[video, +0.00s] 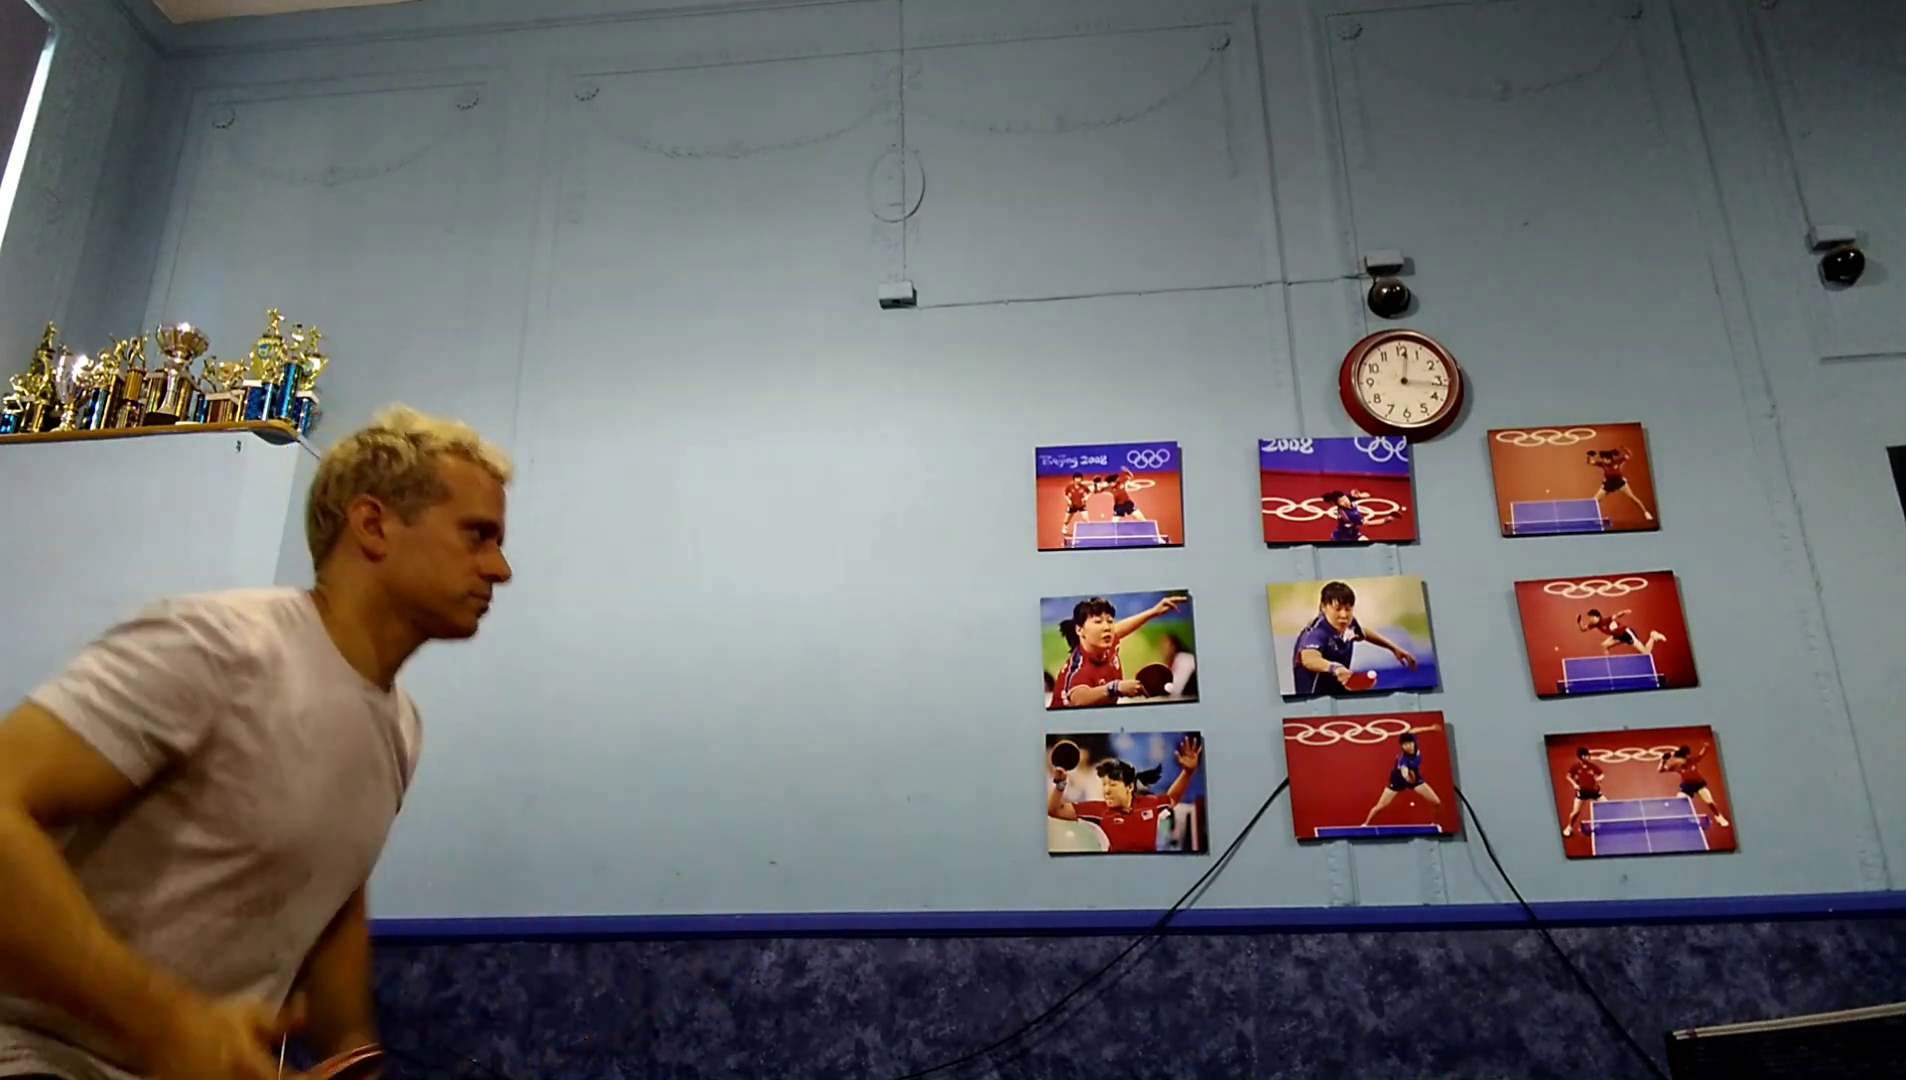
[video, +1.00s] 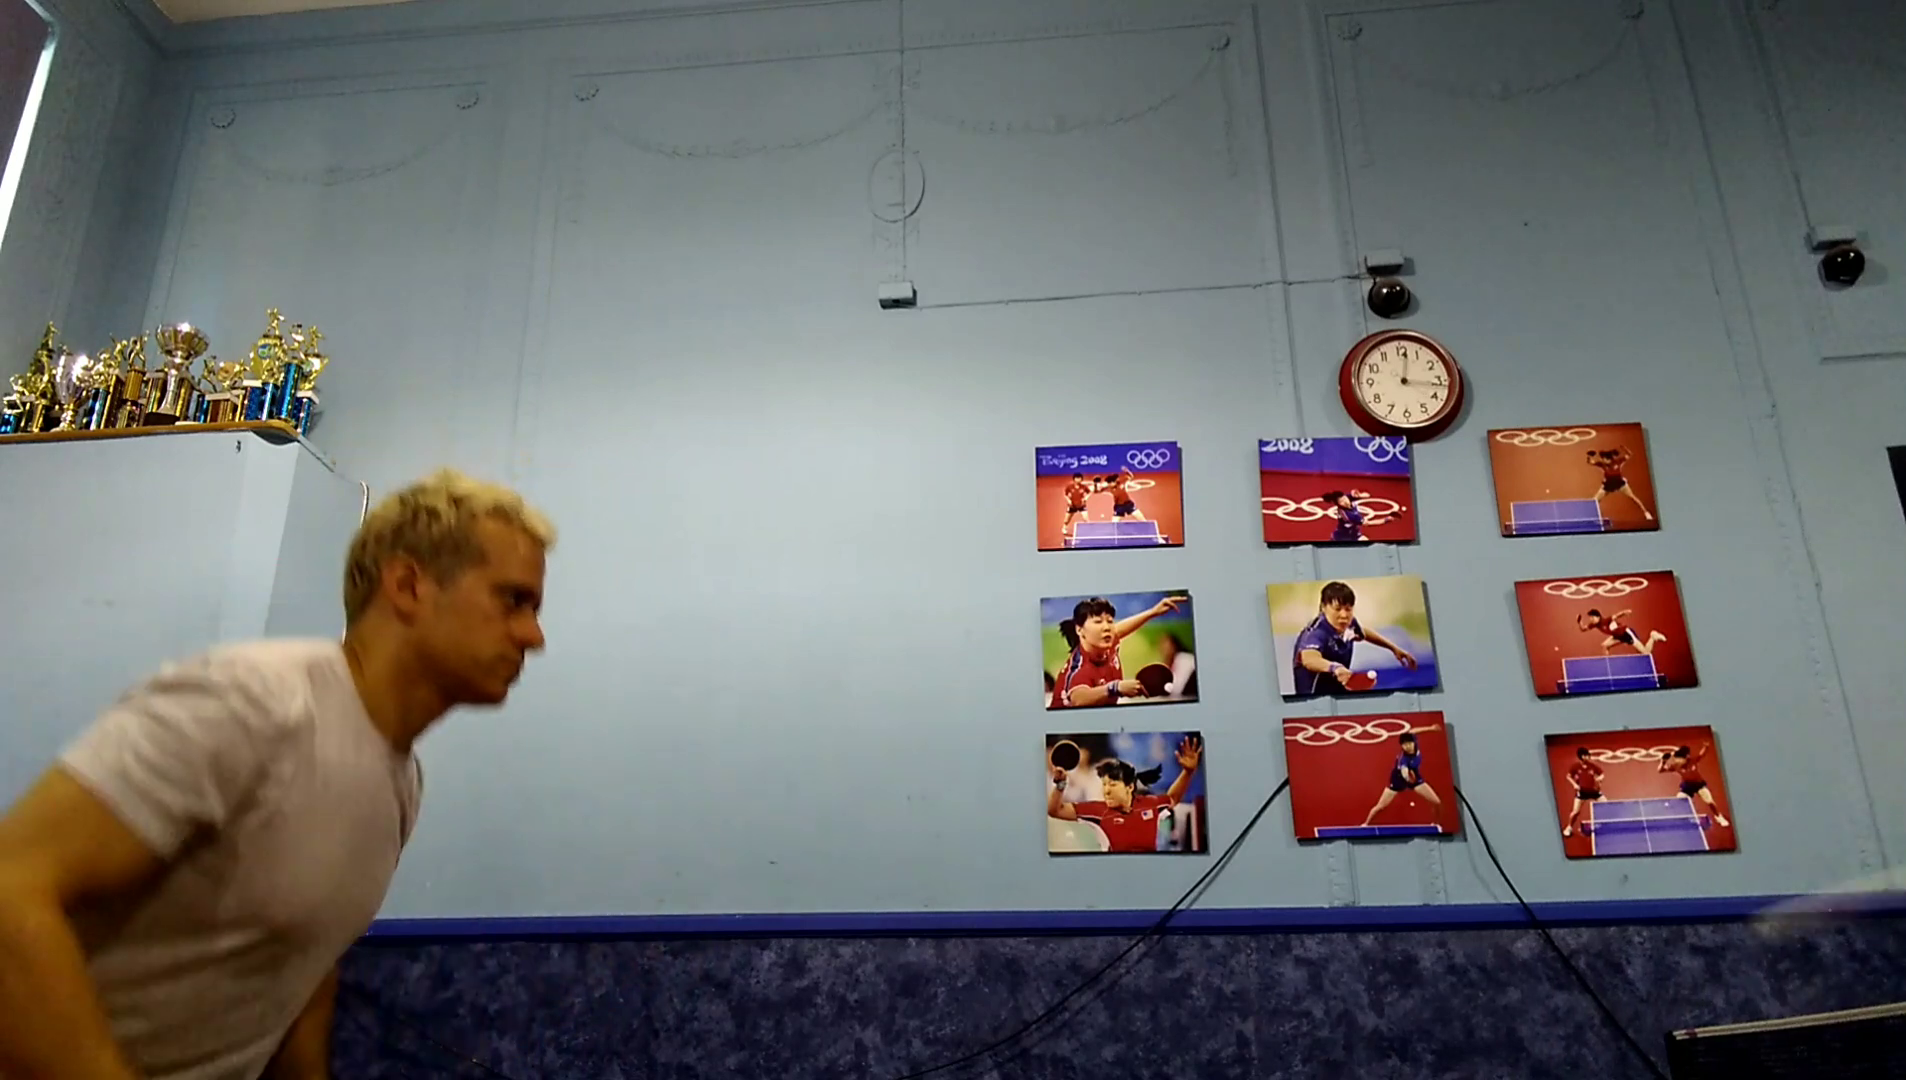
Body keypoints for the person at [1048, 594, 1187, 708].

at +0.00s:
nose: (1107, 628)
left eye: (1110, 622)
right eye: (1098, 622)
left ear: (1114, 626)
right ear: (1080, 630)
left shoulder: (1109, 644)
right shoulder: (1079, 666)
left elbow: (1120, 629)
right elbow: (1078, 698)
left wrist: (1154, 611)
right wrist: (1115, 687)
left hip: (1102, 724)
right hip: (1069, 729)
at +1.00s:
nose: (1107, 628)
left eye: (1110, 622)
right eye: (1098, 622)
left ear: (1114, 626)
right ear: (1080, 630)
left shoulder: (1109, 645)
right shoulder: (1079, 666)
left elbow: (1118, 630)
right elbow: (1078, 698)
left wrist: (1153, 612)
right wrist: (1115, 687)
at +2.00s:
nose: (1107, 628)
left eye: (1110, 622)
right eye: (1098, 622)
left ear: (1114, 626)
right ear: (1080, 630)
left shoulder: (1109, 645)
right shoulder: (1079, 666)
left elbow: (1118, 630)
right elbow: (1078, 698)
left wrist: (1154, 612)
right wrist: (1115, 687)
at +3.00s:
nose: (1107, 628)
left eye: (1110, 622)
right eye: (1098, 622)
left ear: (1114, 626)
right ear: (1080, 630)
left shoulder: (1109, 645)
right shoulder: (1079, 666)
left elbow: (1119, 630)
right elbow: (1078, 698)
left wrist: (1153, 612)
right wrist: (1115, 687)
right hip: (1069, 729)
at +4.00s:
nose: (1107, 628)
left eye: (1109, 622)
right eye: (1098, 622)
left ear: (1114, 626)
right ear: (1080, 630)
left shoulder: (1109, 645)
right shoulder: (1079, 666)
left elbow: (1118, 630)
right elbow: (1078, 698)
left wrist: (1153, 611)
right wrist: (1115, 687)